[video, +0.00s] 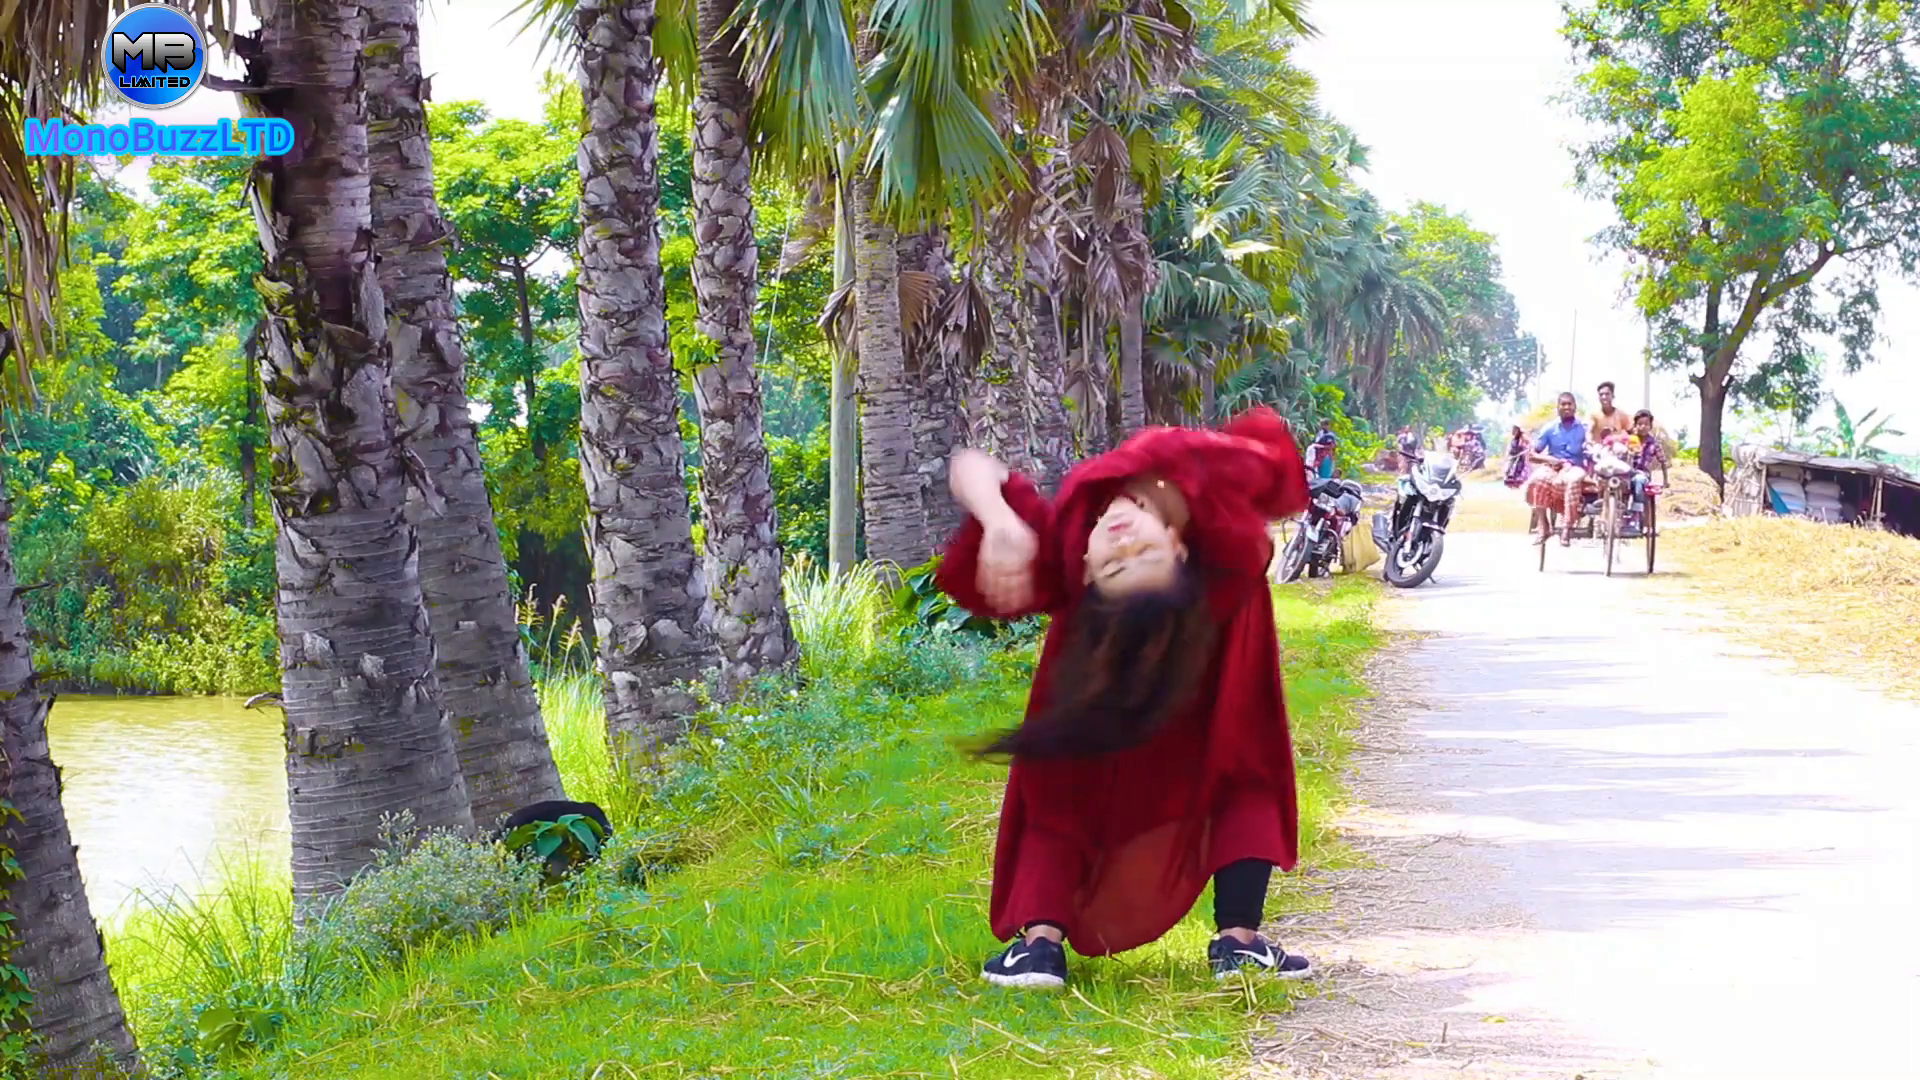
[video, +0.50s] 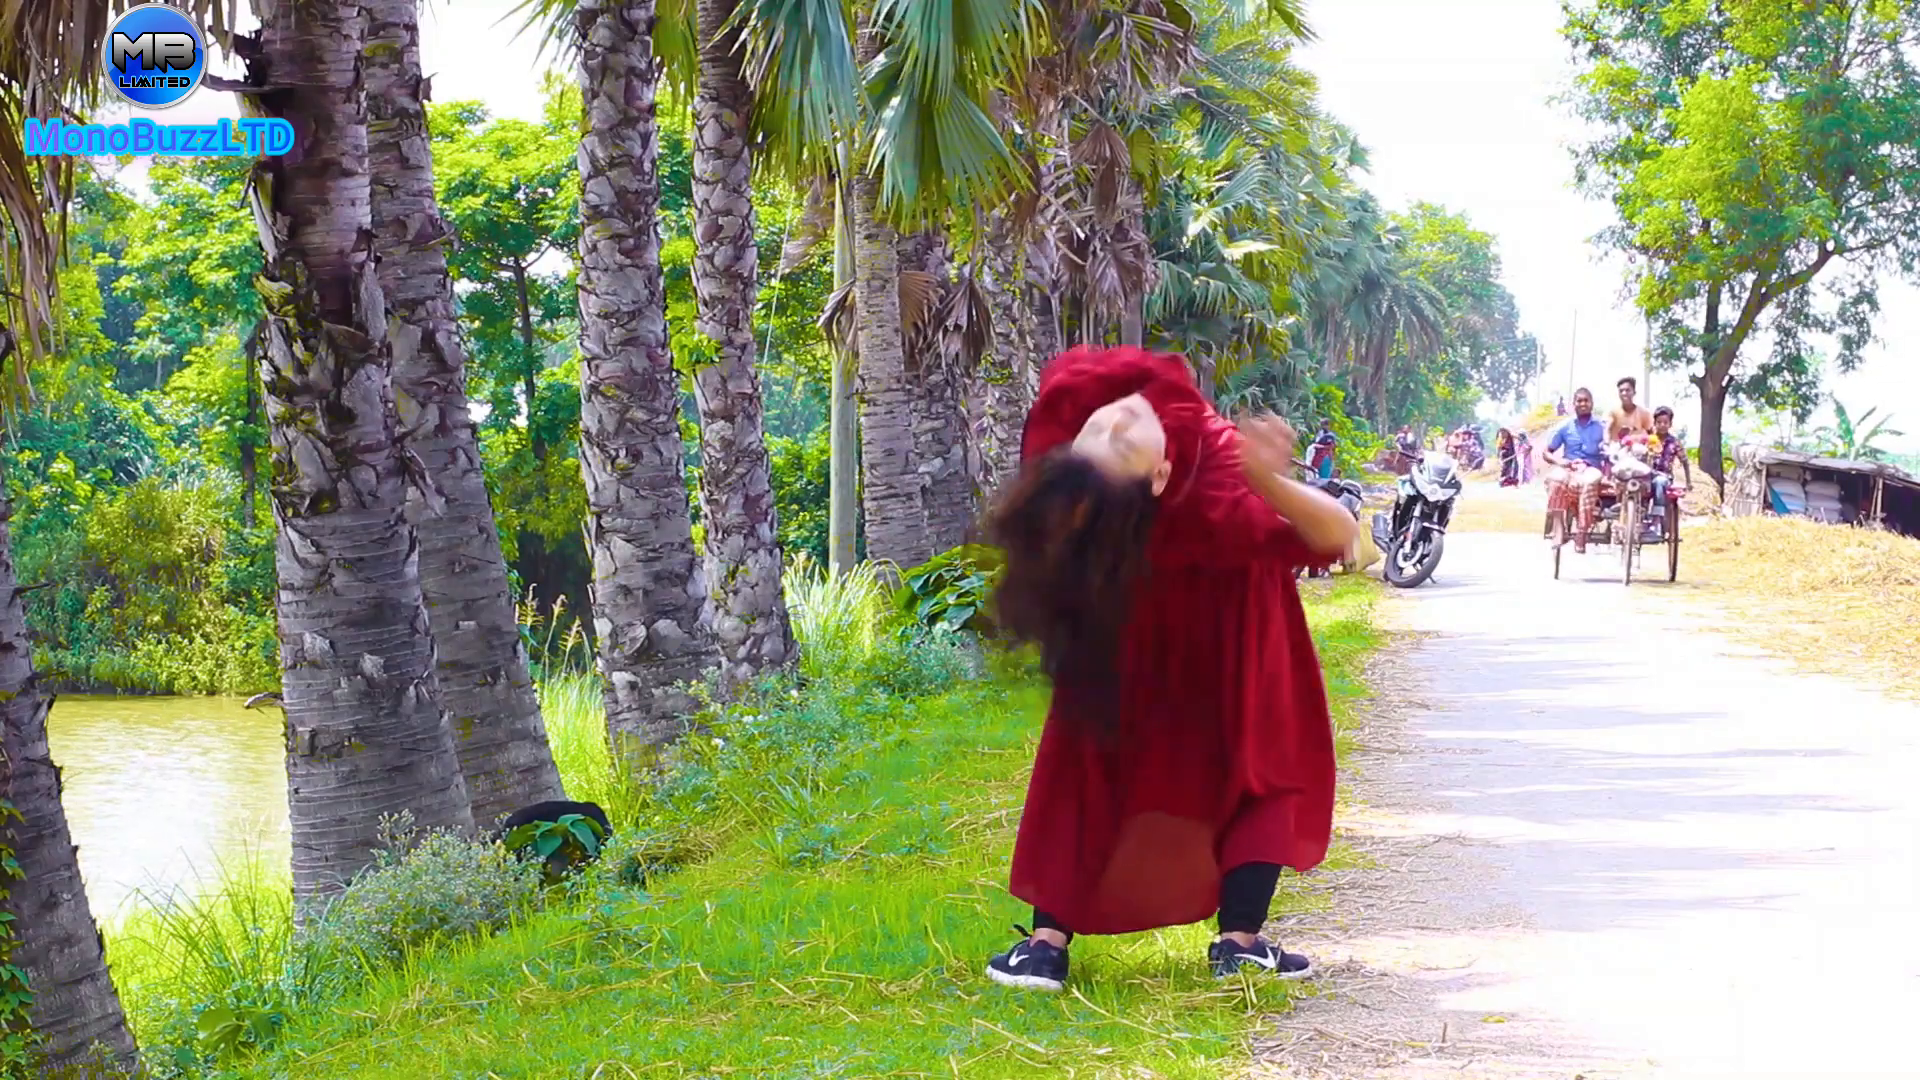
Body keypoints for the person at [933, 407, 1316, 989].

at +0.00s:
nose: (1116, 528)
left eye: (1105, 554)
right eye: (1139, 551)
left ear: (1085, 568)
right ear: (1180, 546)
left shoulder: (1063, 532)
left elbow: (969, 463)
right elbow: (1269, 437)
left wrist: (1001, 524)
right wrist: (1174, 458)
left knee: (1054, 778)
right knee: (1248, 772)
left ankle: (1039, 941)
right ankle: (1239, 936)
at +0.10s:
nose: (1131, 513)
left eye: (1115, 538)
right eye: (1156, 532)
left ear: (1092, 561)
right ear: (1181, 531)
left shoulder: (1060, 528)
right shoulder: (1207, 466)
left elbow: (982, 509)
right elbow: (1292, 403)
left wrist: (1017, 470)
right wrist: (1188, 440)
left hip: (1103, 681)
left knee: (1060, 785)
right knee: (1261, 766)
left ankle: (1040, 942)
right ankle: (1241, 934)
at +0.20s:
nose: (1115, 495)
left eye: (1102, 514)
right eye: (1136, 515)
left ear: (1081, 546)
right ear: (1166, 530)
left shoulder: (1059, 528)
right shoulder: (1207, 450)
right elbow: (1309, 360)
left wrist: (1064, 422)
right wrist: (1227, 364)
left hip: (1109, 635)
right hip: (1240, 620)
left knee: (1074, 775)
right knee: (1271, 762)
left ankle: (1043, 941)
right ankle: (1241, 937)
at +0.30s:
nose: (1115, 473)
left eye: (1098, 494)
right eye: (1134, 496)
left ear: (1078, 507)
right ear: (1166, 511)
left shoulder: (1060, 465)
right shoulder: (1223, 469)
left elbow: (1056, 558)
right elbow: (1303, 402)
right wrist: (1220, 339)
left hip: (1118, 635)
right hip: (1239, 627)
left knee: (1083, 774)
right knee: (1267, 765)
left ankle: (1043, 944)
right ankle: (1242, 938)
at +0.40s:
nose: (1111, 450)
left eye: (1095, 466)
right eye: (1128, 477)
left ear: (1072, 483)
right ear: (1155, 501)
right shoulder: (1221, 489)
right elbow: (1311, 474)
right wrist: (1215, 406)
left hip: (1139, 596)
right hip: (1244, 598)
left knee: (1088, 758)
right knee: (1267, 758)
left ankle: (1045, 941)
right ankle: (1242, 939)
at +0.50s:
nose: (1116, 420)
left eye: (1097, 442)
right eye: (1130, 445)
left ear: (1064, 454)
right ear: (1158, 479)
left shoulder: (1063, 401)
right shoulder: (1224, 485)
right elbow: (1338, 536)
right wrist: (1270, 478)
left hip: (1124, 591)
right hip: (1235, 592)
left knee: (1080, 747)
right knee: (1266, 756)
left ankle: (1046, 941)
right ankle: (1242, 940)